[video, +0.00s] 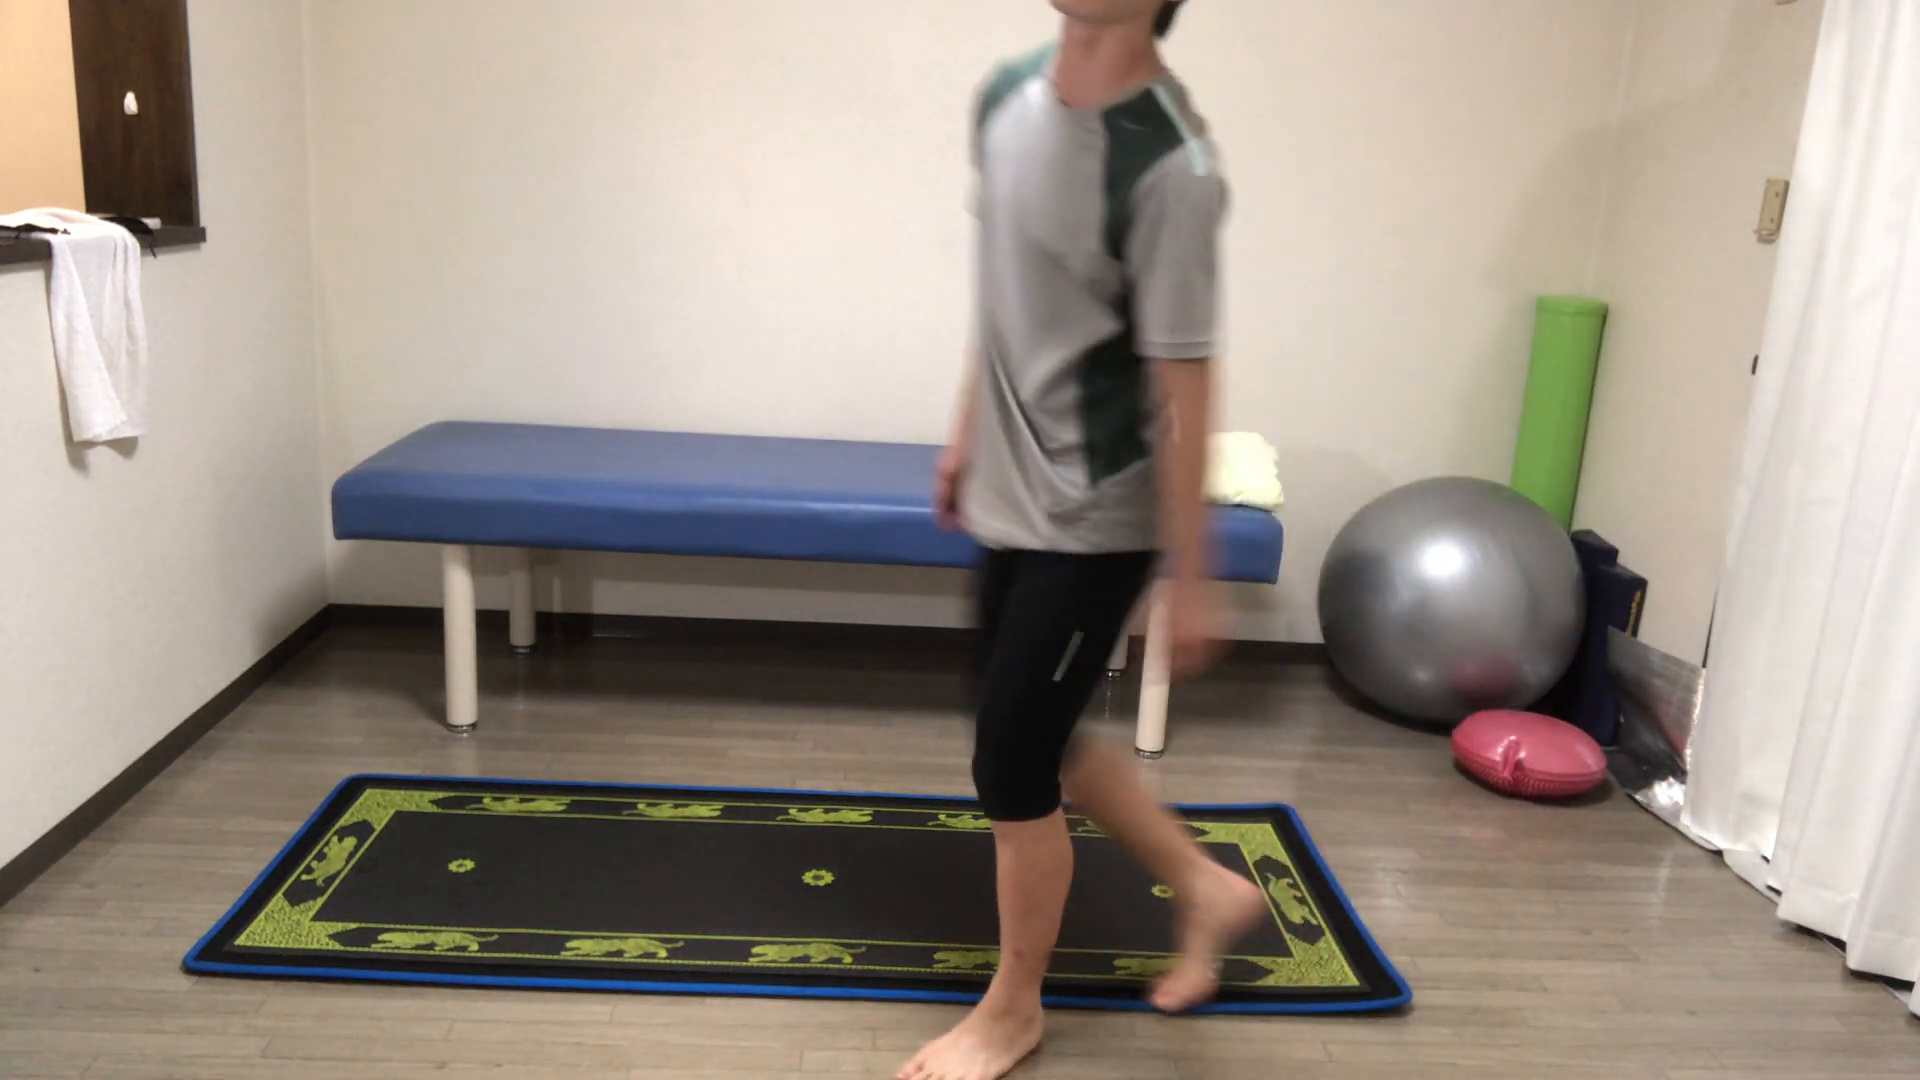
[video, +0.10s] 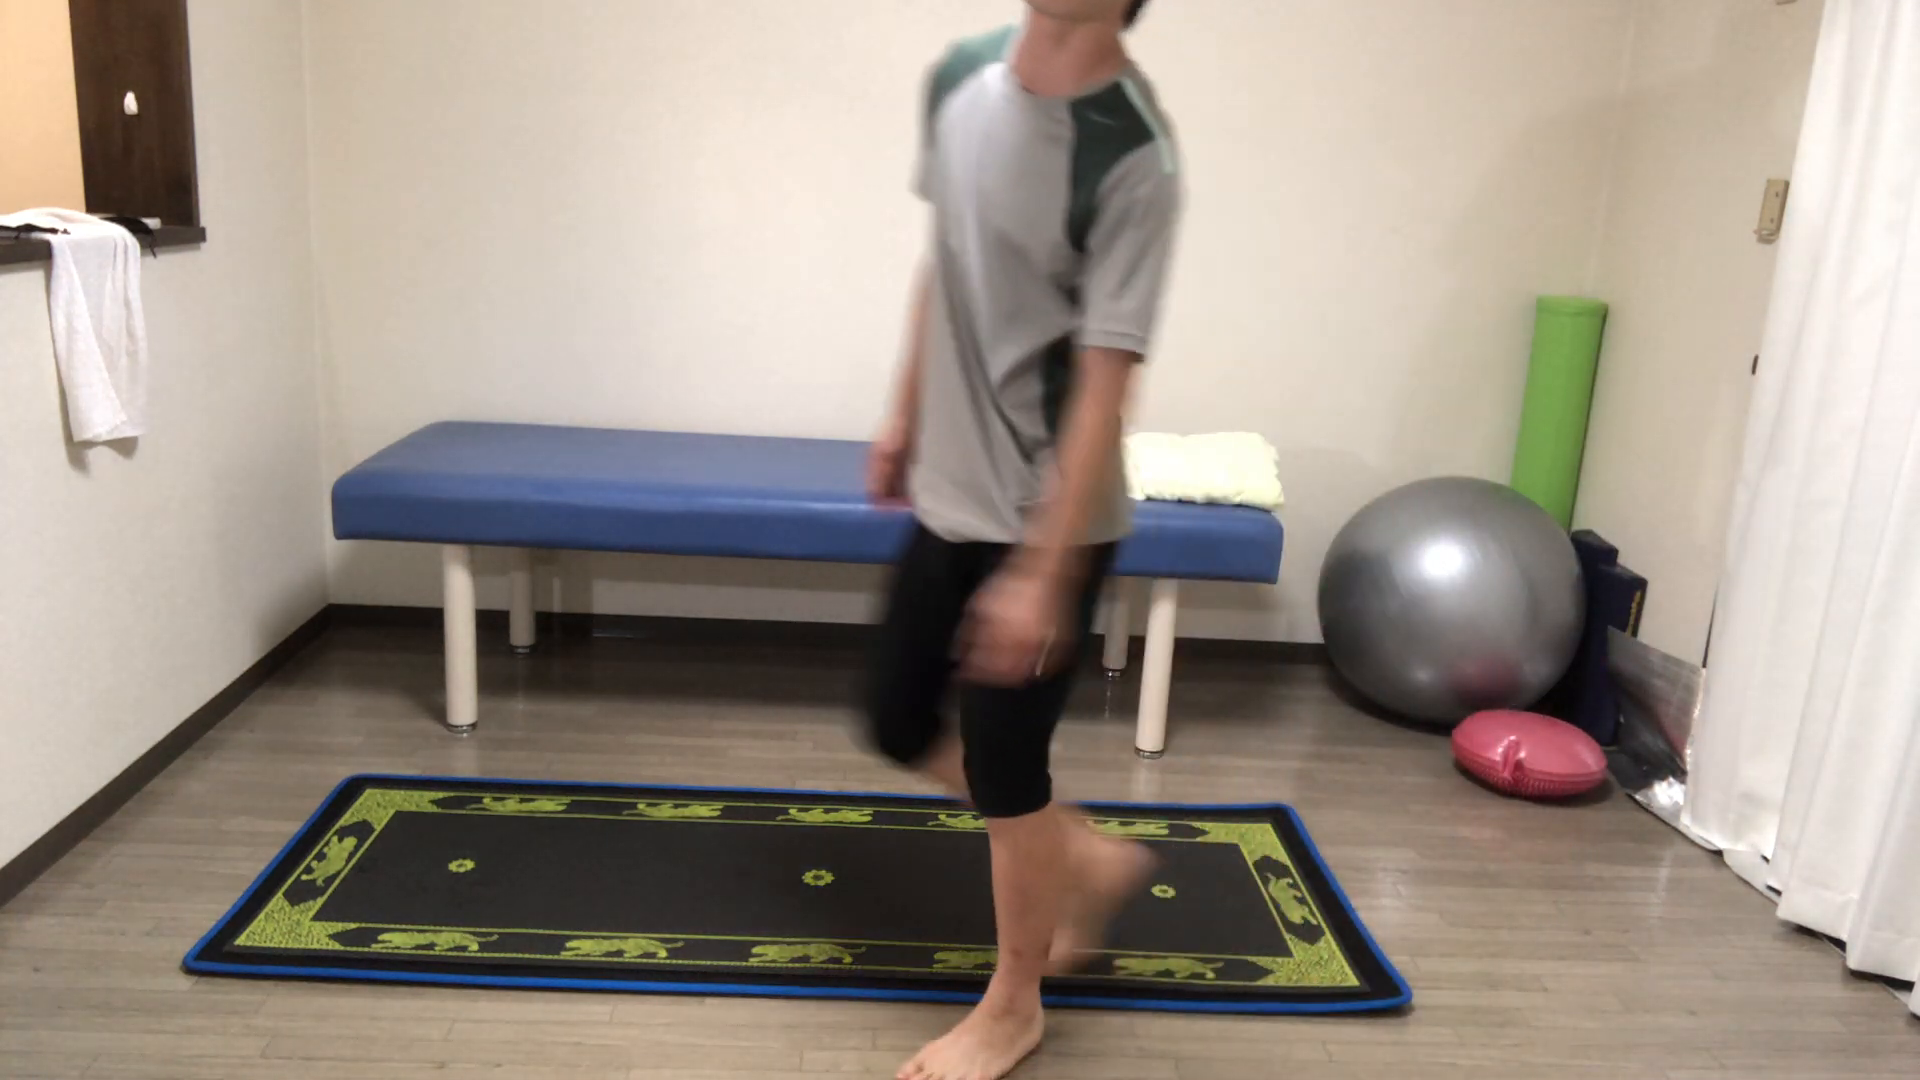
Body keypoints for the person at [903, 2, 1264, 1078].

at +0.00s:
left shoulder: (1173, 168)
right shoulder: (1007, 95)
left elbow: (1185, 382)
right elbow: (1004, 293)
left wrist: (1190, 574)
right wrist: (968, 429)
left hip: (1103, 511)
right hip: (1008, 486)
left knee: (1017, 762)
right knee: (1032, 729)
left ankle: (1012, 1011)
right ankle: (1210, 886)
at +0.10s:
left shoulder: (1135, 160)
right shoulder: (961, 75)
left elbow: (1104, 382)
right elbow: (947, 258)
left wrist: (1041, 572)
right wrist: (906, 411)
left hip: (1052, 518)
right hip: (954, 490)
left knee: (1007, 757)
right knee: (902, 713)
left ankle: (1013, 1008)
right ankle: (1088, 861)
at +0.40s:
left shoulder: (997, 137)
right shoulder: (770, 85)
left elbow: (971, 341)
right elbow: (738, 260)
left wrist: (822, 447)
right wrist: (693, 429)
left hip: (924, 493)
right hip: (784, 481)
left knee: (953, 759)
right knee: (701, 717)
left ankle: (1009, 999)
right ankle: (628, 899)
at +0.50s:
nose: (802, 3)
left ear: (859, 5)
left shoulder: (931, 135)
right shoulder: (678, 97)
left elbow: (940, 326)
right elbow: (636, 273)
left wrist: (875, 469)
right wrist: (617, 450)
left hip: (871, 492)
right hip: (723, 483)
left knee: (925, 745)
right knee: (664, 727)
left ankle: (996, 980)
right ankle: (626, 907)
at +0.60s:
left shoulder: (873, 118)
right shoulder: (610, 102)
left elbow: (893, 307)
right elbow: (551, 286)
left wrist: (923, 475)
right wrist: (528, 464)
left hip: (834, 463)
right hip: (690, 460)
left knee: (883, 709)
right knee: (655, 709)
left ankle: (939, 946)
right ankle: (628, 906)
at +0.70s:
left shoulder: (837, 92)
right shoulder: (582, 89)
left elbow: (879, 273)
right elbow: (494, 280)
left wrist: (913, 425)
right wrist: (450, 451)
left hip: (805, 452)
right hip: (662, 457)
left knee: (846, 691)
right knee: (648, 700)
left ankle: (859, 902)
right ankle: (629, 906)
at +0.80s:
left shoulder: (810, 83)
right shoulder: (567, 86)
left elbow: (854, 237)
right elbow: (463, 268)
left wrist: (877, 369)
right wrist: (404, 441)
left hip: (778, 442)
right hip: (646, 451)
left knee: (800, 675)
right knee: (640, 690)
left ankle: (762, 845)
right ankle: (629, 903)